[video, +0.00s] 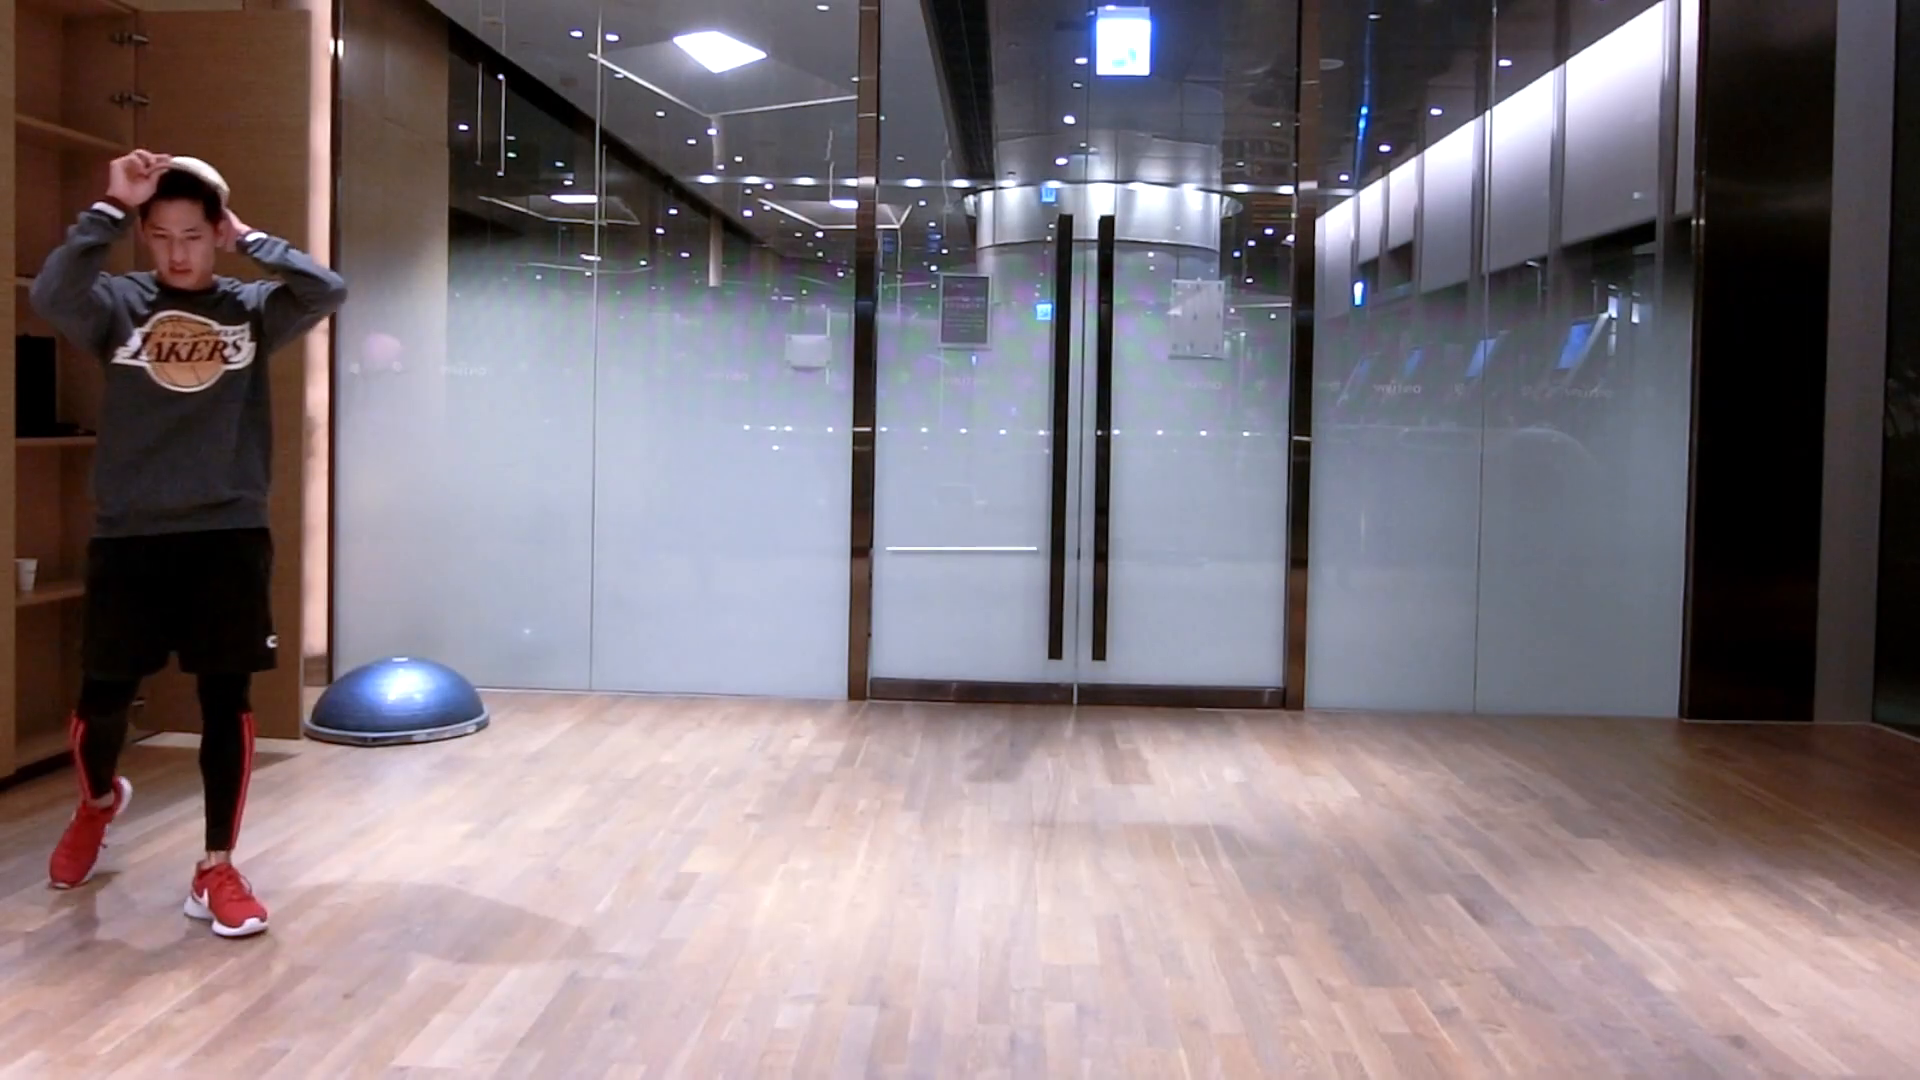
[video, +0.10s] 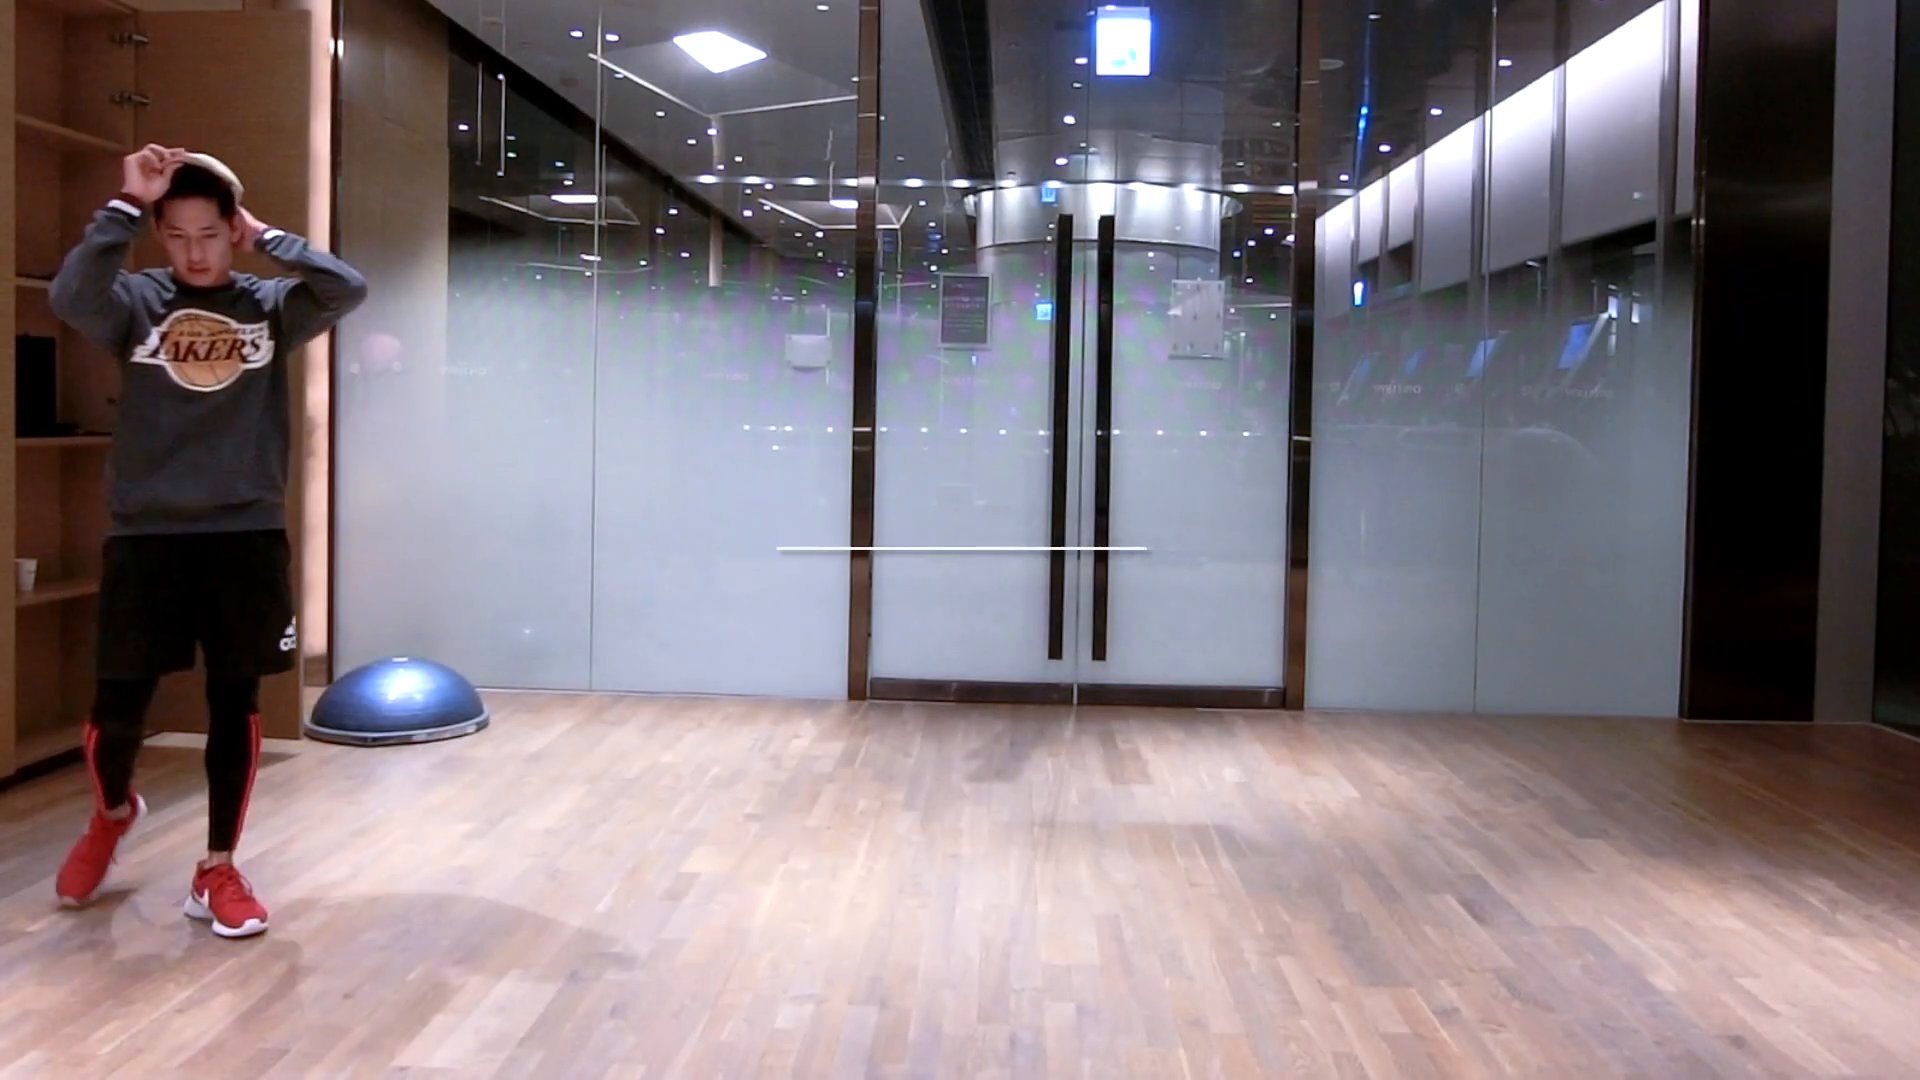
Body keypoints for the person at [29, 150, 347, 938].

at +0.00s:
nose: (176, 254)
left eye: (190, 237)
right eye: (163, 238)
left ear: (219, 238)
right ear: (144, 239)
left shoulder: (252, 313)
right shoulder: (121, 306)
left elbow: (325, 290)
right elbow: (52, 297)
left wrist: (249, 239)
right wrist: (113, 208)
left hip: (227, 532)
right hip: (130, 532)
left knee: (226, 700)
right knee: (101, 698)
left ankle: (219, 866)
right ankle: (100, 801)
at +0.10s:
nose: (194, 251)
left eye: (207, 234)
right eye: (179, 237)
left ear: (235, 234)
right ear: (160, 238)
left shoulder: (270, 310)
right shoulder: (140, 304)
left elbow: (347, 289)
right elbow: (71, 300)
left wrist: (268, 240)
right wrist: (130, 204)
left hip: (243, 533)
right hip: (146, 533)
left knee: (235, 703)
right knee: (116, 705)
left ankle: (220, 868)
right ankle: (113, 814)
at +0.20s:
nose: (208, 250)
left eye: (221, 233)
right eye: (193, 235)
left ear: (248, 232)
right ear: (174, 235)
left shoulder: (284, 307)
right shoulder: (154, 300)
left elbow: (363, 291)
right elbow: (82, 304)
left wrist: (285, 239)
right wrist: (141, 204)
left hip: (255, 532)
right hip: (160, 529)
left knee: (239, 705)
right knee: (145, 703)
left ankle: (221, 870)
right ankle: (134, 866)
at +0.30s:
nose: (222, 250)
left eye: (235, 233)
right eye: (207, 235)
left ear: (262, 232)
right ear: (186, 235)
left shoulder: (297, 306)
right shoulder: (167, 300)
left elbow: (379, 294)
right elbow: (96, 306)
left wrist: (297, 240)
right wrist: (154, 207)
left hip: (268, 533)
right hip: (174, 531)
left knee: (247, 712)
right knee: (173, 710)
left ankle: (222, 871)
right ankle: (168, 901)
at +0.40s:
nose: (233, 250)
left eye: (247, 233)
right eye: (218, 235)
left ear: (272, 233)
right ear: (195, 235)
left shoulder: (305, 307)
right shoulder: (176, 298)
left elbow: (391, 301)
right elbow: (110, 310)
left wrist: (306, 245)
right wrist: (170, 211)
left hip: (281, 537)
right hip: (189, 535)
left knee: (253, 720)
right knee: (205, 717)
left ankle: (220, 873)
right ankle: (212, 905)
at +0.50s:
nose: (247, 249)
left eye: (260, 232)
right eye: (230, 233)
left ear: (283, 236)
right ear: (206, 236)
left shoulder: (314, 311)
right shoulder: (183, 300)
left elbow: (403, 303)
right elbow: (124, 319)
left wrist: (316, 247)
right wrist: (183, 219)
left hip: (294, 544)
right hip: (205, 542)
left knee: (260, 730)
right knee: (235, 729)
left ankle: (219, 876)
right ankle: (257, 922)